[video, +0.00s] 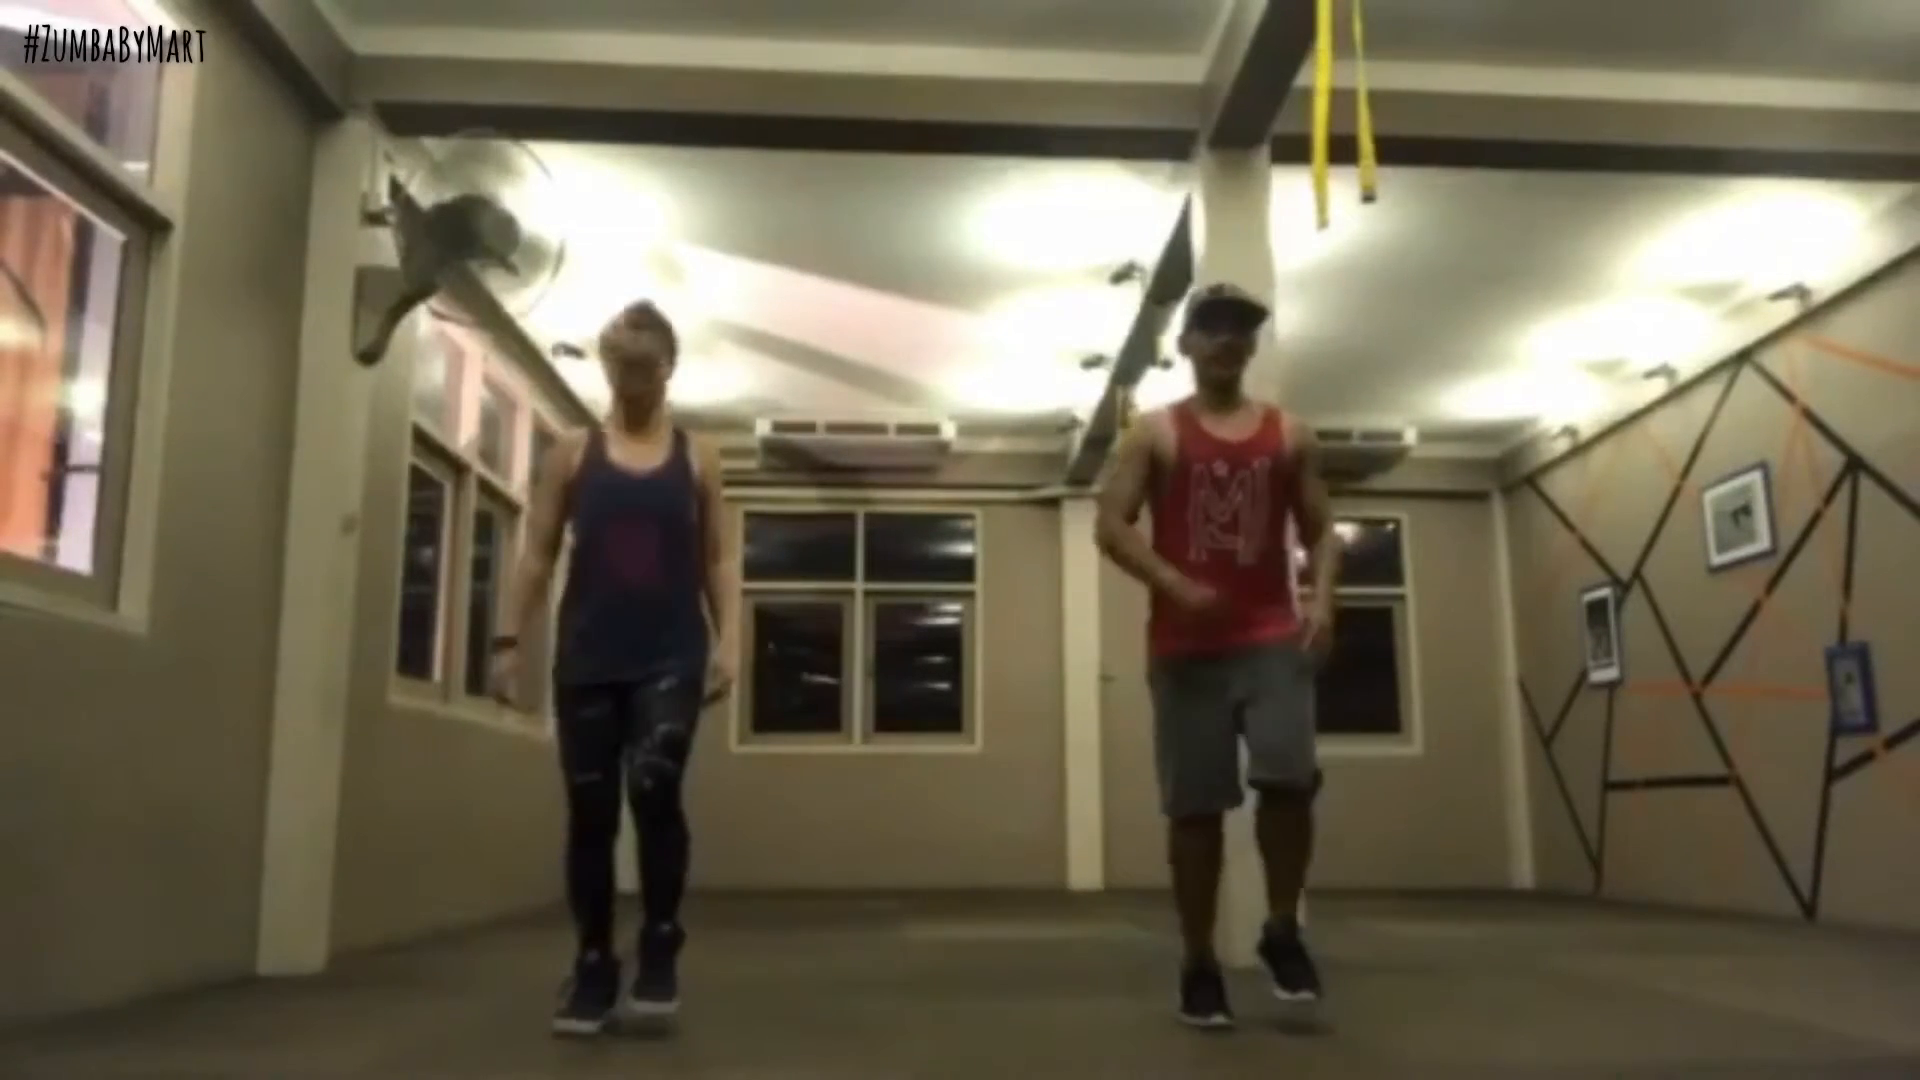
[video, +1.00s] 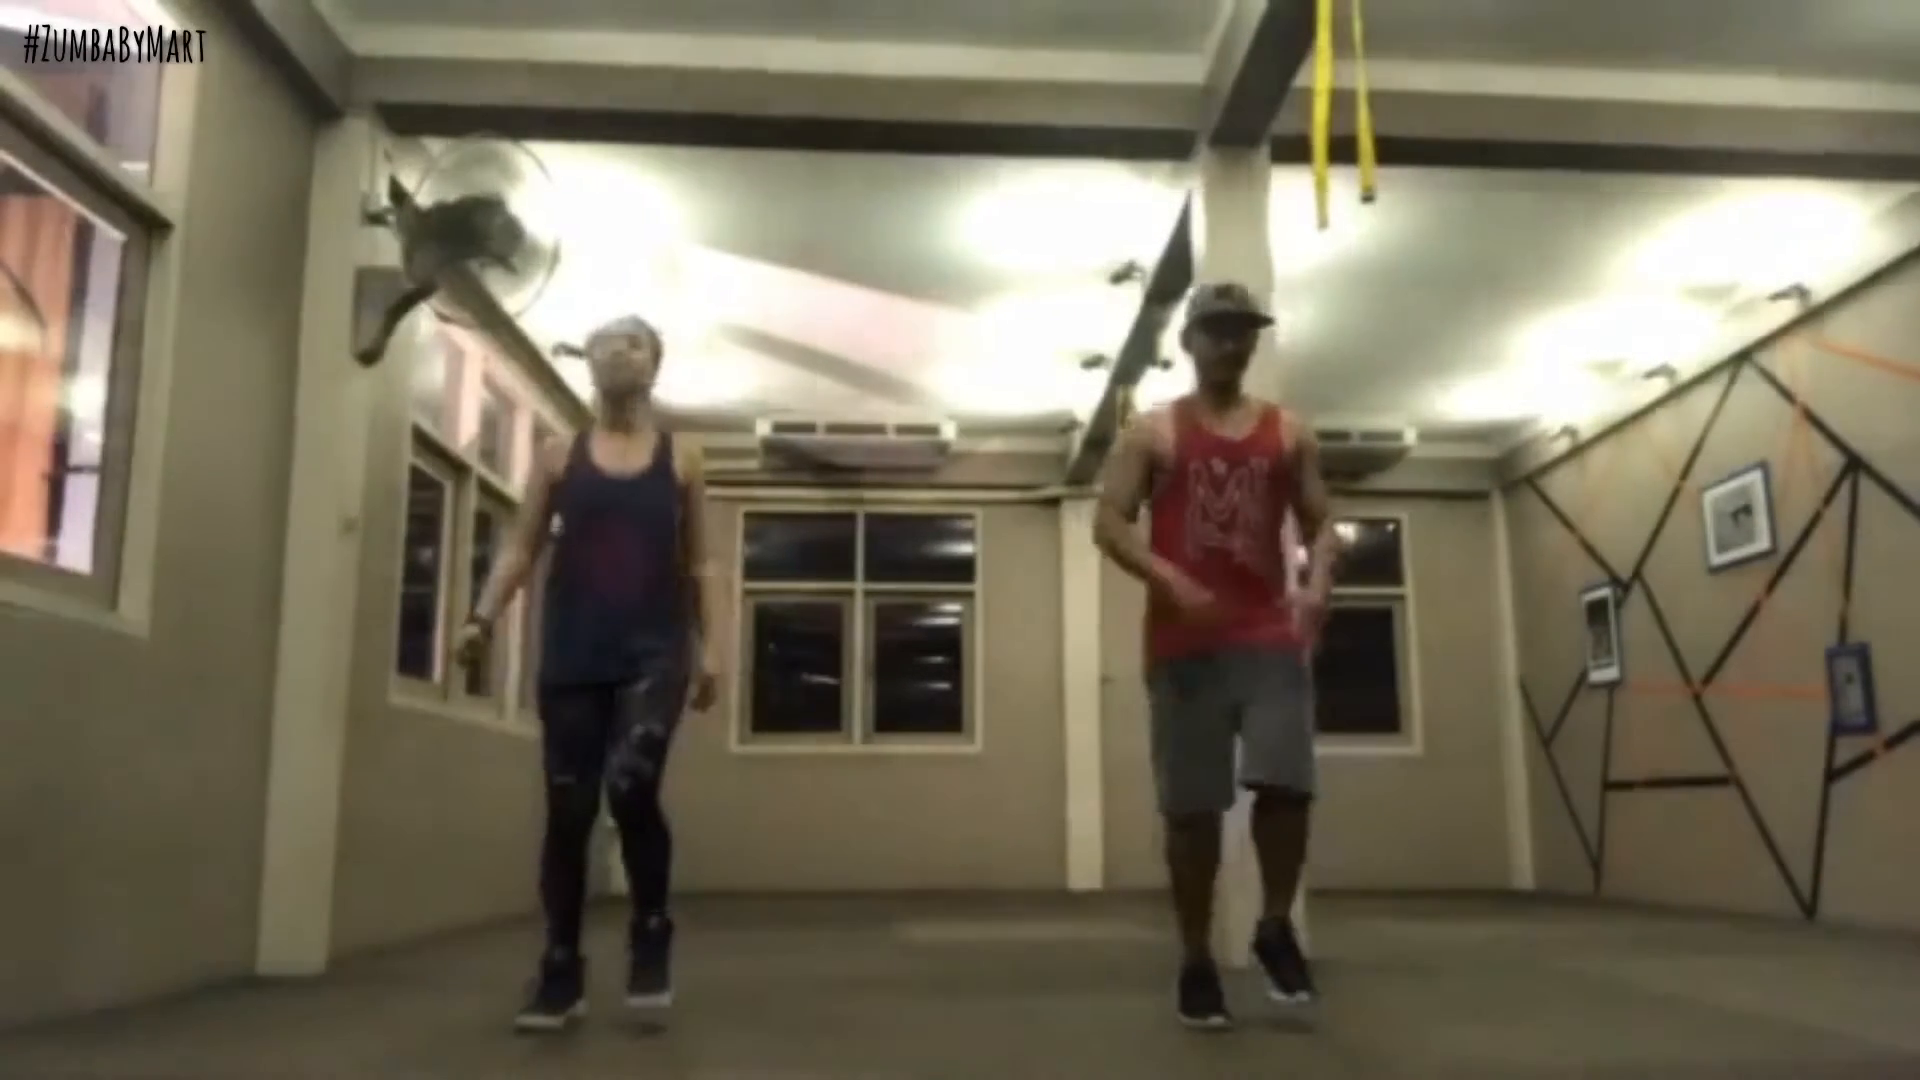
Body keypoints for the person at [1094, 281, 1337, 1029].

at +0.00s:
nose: (1223, 344)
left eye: (1237, 332)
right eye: (1209, 332)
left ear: (1254, 343)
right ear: (1186, 342)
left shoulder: (1287, 434)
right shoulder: (1154, 433)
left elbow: (1321, 530)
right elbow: (1110, 527)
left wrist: (1320, 602)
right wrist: (1172, 582)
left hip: (1271, 639)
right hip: (1187, 647)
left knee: (1290, 784)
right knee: (1196, 808)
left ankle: (1284, 931)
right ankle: (1200, 965)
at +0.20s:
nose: (1230, 347)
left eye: (1243, 335)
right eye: (1216, 334)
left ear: (1260, 345)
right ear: (1192, 342)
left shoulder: (1295, 433)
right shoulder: (1156, 435)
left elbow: (1336, 518)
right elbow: (1139, 532)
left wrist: (1331, 603)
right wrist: (1223, 547)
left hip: (1269, 648)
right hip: (1185, 651)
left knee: (1268, 811)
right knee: (1194, 814)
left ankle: (1275, 966)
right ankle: (1200, 969)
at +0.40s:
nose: (1241, 352)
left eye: (1254, 341)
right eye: (1228, 339)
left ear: (1270, 348)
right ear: (1202, 347)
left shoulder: (1306, 433)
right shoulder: (1166, 436)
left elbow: (1343, 525)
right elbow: (1148, 535)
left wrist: (1353, 614)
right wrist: (1197, 602)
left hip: (1284, 645)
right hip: (1201, 645)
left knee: (1279, 810)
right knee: (1198, 807)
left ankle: (1275, 969)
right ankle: (1197, 963)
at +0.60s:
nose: (1238, 343)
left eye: (1252, 330)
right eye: (1224, 330)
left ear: (1270, 339)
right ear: (1202, 339)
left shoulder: (1302, 426)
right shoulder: (1167, 428)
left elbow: (1337, 515)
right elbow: (1115, 513)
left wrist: (1333, 542)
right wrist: (1141, 599)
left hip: (1286, 624)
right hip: (1210, 625)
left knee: (1282, 795)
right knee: (1228, 782)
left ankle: (1278, 961)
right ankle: (1198, 933)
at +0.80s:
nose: (1232, 349)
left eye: (1244, 336)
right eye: (1218, 336)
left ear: (1264, 344)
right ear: (1194, 345)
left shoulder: (1294, 436)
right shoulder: (1159, 432)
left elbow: (1328, 532)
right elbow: (1094, 514)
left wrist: (1300, 549)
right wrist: (1126, 592)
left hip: (1278, 642)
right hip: (1200, 645)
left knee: (1280, 807)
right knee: (1208, 812)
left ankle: (1279, 964)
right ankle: (1199, 967)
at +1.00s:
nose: (1227, 343)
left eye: (1240, 331)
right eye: (1214, 330)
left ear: (1257, 341)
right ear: (1188, 339)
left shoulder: (1289, 434)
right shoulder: (1153, 431)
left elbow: (1321, 526)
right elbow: (1109, 524)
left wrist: (1315, 587)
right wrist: (1169, 579)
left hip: (1270, 638)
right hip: (1186, 643)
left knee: (1287, 788)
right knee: (1193, 809)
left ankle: (1276, 928)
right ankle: (1197, 963)